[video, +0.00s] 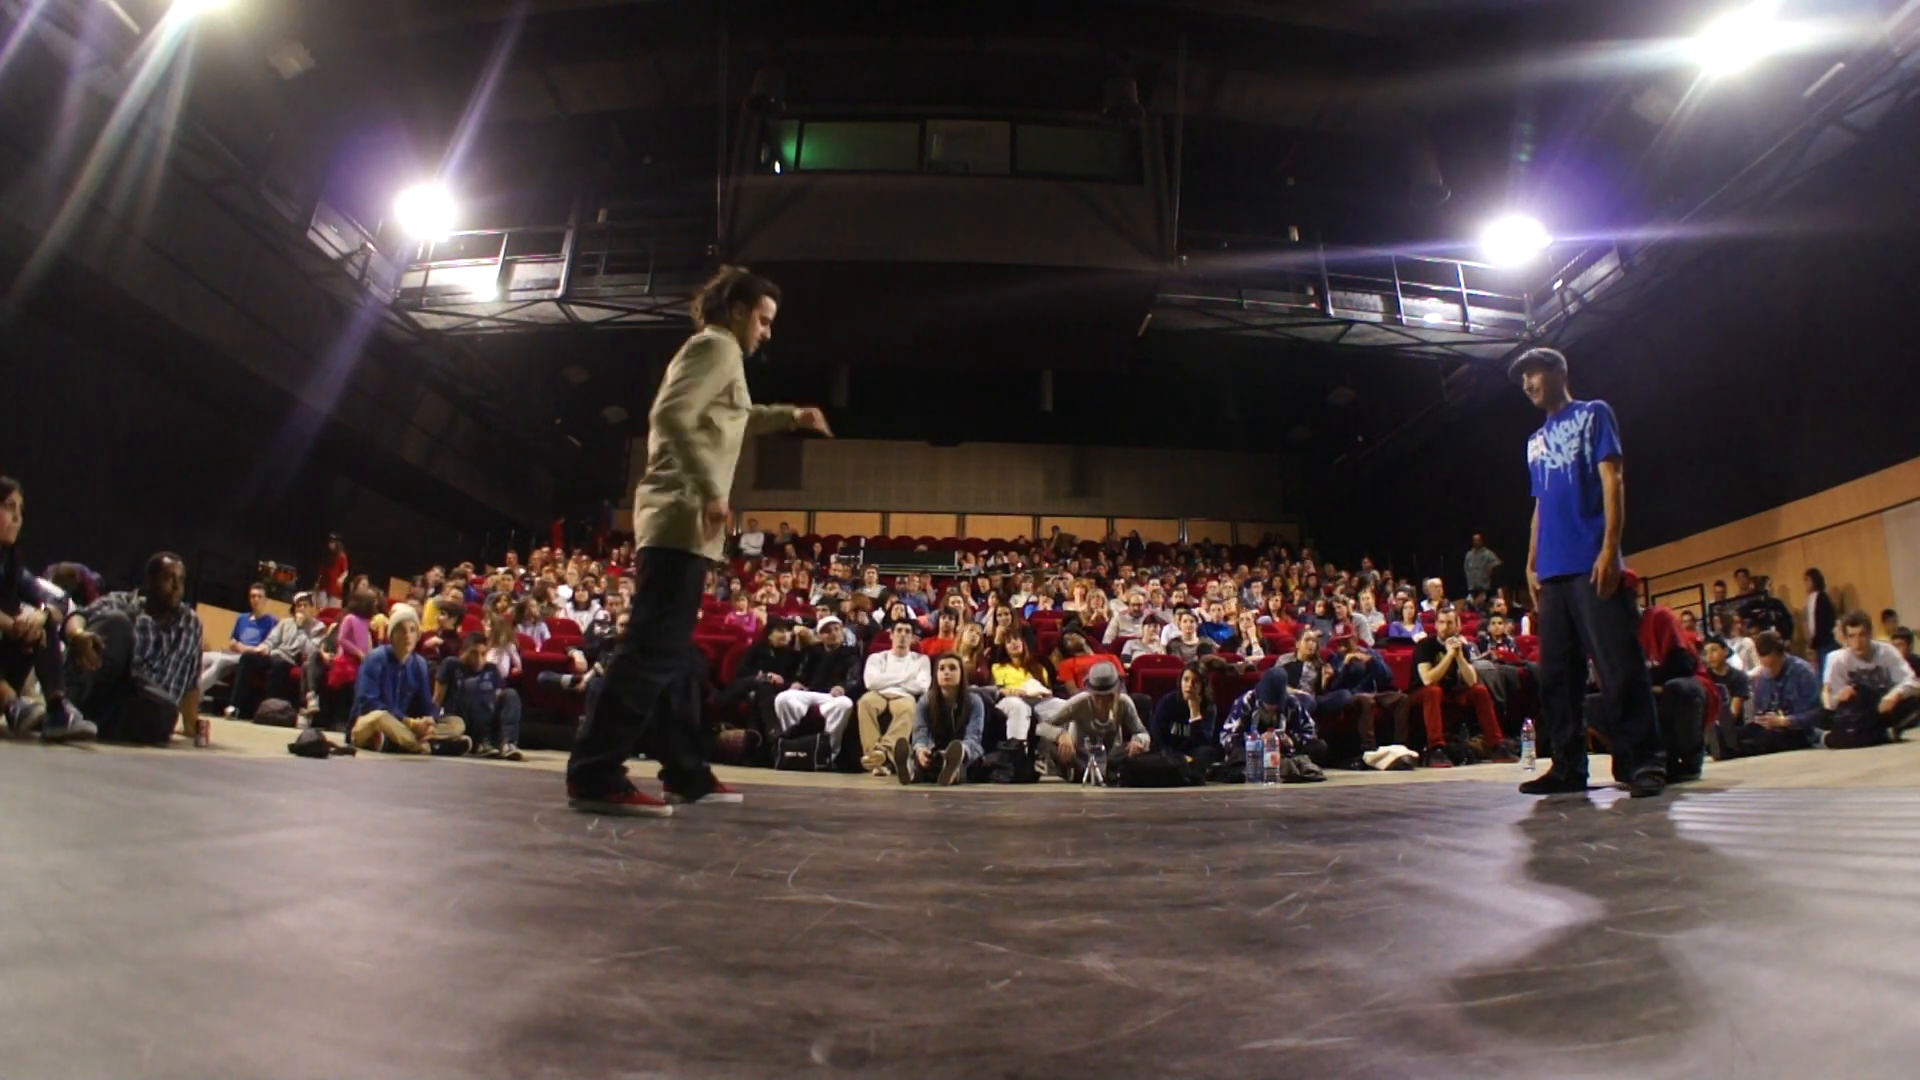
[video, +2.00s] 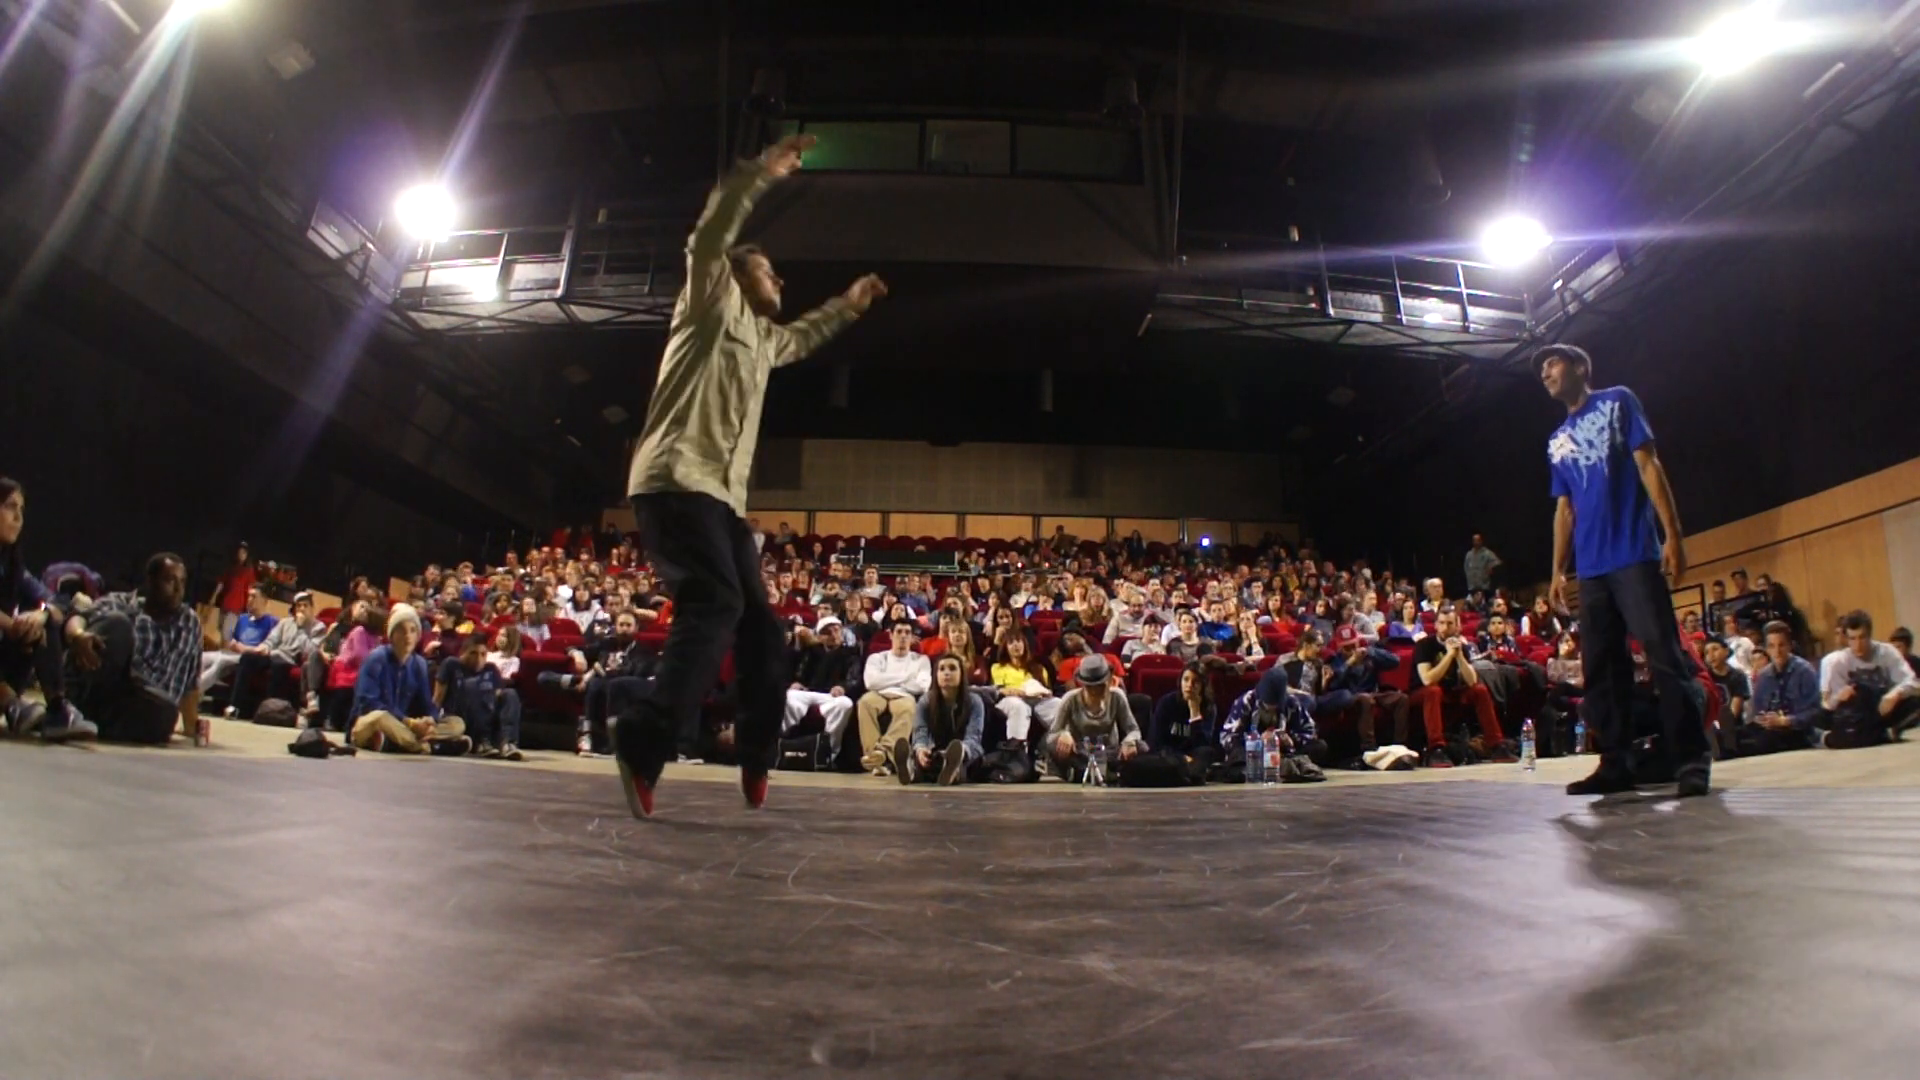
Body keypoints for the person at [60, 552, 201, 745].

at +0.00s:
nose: (176, 587)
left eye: (181, 580)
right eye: (169, 579)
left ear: (184, 585)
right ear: (151, 580)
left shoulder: (191, 623)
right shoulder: (122, 602)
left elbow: (190, 685)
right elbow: (78, 616)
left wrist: (191, 731)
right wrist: (76, 634)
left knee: (160, 719)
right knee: (116, 624)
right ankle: (64, 710)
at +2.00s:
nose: (178, 589)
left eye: (182, 583)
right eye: (170, 581)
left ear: (186, 586)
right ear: (151, 581)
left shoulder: (190, 623)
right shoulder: (122, 603)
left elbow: (190, 685)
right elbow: (77, 619)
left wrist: (191, 732)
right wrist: (78, 636)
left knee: (161, 719)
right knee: (116, 625)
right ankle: (69, 710)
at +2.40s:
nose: (178, 589)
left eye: (181, 582)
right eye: (170, 580)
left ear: (185, 585)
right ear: (152, 581)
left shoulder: (190, 623)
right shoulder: (127, 603)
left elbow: (190, 685)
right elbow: (82, 608)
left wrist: (191, 732)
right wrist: (84, 622)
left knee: (161, 719)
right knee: (118, 625)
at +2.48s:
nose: (178, 589)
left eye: (182, 582)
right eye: (171, 580)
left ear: (185, 585)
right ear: (152, 581)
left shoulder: (191, 622)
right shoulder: (131, 603)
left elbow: (191, 684)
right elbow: (92, 599)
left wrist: (191, 731)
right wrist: (94, 609)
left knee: (159, 721)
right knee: (117, 623)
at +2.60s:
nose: (176, 586)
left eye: (181, 580)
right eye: (170, 578)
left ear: (185, 584)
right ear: (152, 580)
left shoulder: (191, 621)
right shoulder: (131, 610)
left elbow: (190, 678)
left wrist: (191, 727)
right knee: (116, 622)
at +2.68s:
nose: (176, 585)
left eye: (181, 579)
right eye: (169, 577)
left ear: (185, 585)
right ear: (152, 579)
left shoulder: (191, 621)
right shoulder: (132, 609)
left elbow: (190, 678)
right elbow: (133, 666)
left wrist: (191, 727)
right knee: (116, 626)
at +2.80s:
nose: (176, 585)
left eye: (180, 580)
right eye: (168, 577)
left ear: (185, 585)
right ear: (152, 579)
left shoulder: (190, 621)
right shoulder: (131, 606)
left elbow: (190, 683)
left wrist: (191, 730)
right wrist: (121, 565)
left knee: (161, 718)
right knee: (117, 622)